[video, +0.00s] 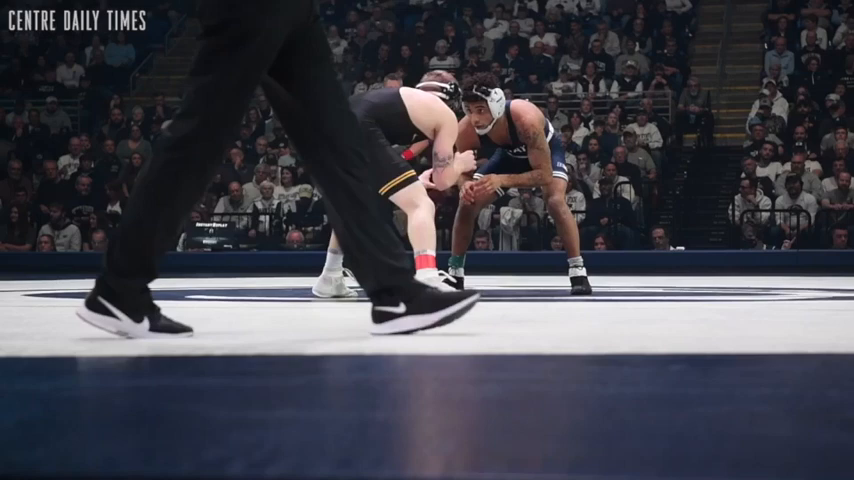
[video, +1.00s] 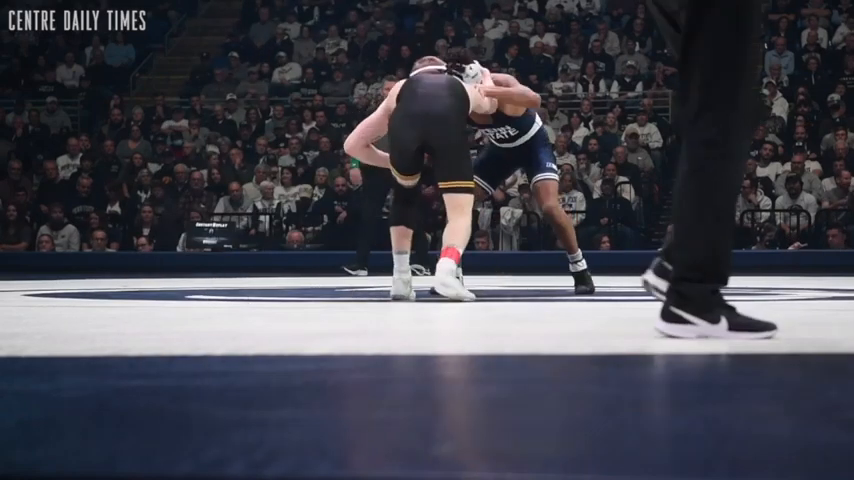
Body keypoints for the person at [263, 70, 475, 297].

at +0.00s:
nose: (471, 116)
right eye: (469, 111)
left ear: (428, 90)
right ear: (454, 103)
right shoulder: (446, 119)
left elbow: (390, 159)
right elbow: (441, 181)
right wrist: (459, 165)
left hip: (337, 126)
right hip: (362, 130)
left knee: (349, 202)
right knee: (420, 204)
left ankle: (330, 277)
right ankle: (427, 275)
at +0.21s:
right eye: (455, 92)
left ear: (429, 76)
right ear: (450, 85)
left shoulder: (404, 88)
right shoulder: (443, 101)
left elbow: (415, 139)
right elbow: (475, 149)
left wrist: (450, 163)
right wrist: (488, 142)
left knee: (353, 199)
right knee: (422, 205)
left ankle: (331, 277)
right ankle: (431, 277)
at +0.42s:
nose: (479, 120)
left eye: (482, 111)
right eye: (475, 110)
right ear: (459, 105)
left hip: (333, 136)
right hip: (366, 138)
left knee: (355, 198)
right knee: (401, 207)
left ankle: (334, 279)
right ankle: (416, 284)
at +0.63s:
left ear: (403, 92)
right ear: (437, 99)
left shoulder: (378, 99)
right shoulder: (443, 124)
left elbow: (333, 162)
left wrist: (370, 195)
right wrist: (395, 195)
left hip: (358, 142)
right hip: (399, 147)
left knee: (358, 197)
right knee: (412, 231)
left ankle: (335, 277)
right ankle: (430, 280)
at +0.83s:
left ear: (417, 78)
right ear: (452, 80)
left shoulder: (401, 87)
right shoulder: (462, 98)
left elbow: (351, 132)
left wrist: (387, 164)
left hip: (394, 137)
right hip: (437, 147)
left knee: (377, 200)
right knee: (442, 229)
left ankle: (352, 275)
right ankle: (438, 280)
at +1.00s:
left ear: (411, 75)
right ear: (445, 70)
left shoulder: (399, 89)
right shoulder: (461, 87)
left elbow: (354, 145)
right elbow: (488, 105)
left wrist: (394, 161)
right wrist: (484, 79)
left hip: (405, 122)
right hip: (448, 127)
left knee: (405, 192)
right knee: (459, 214)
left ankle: (400, 277)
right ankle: (446, 271)